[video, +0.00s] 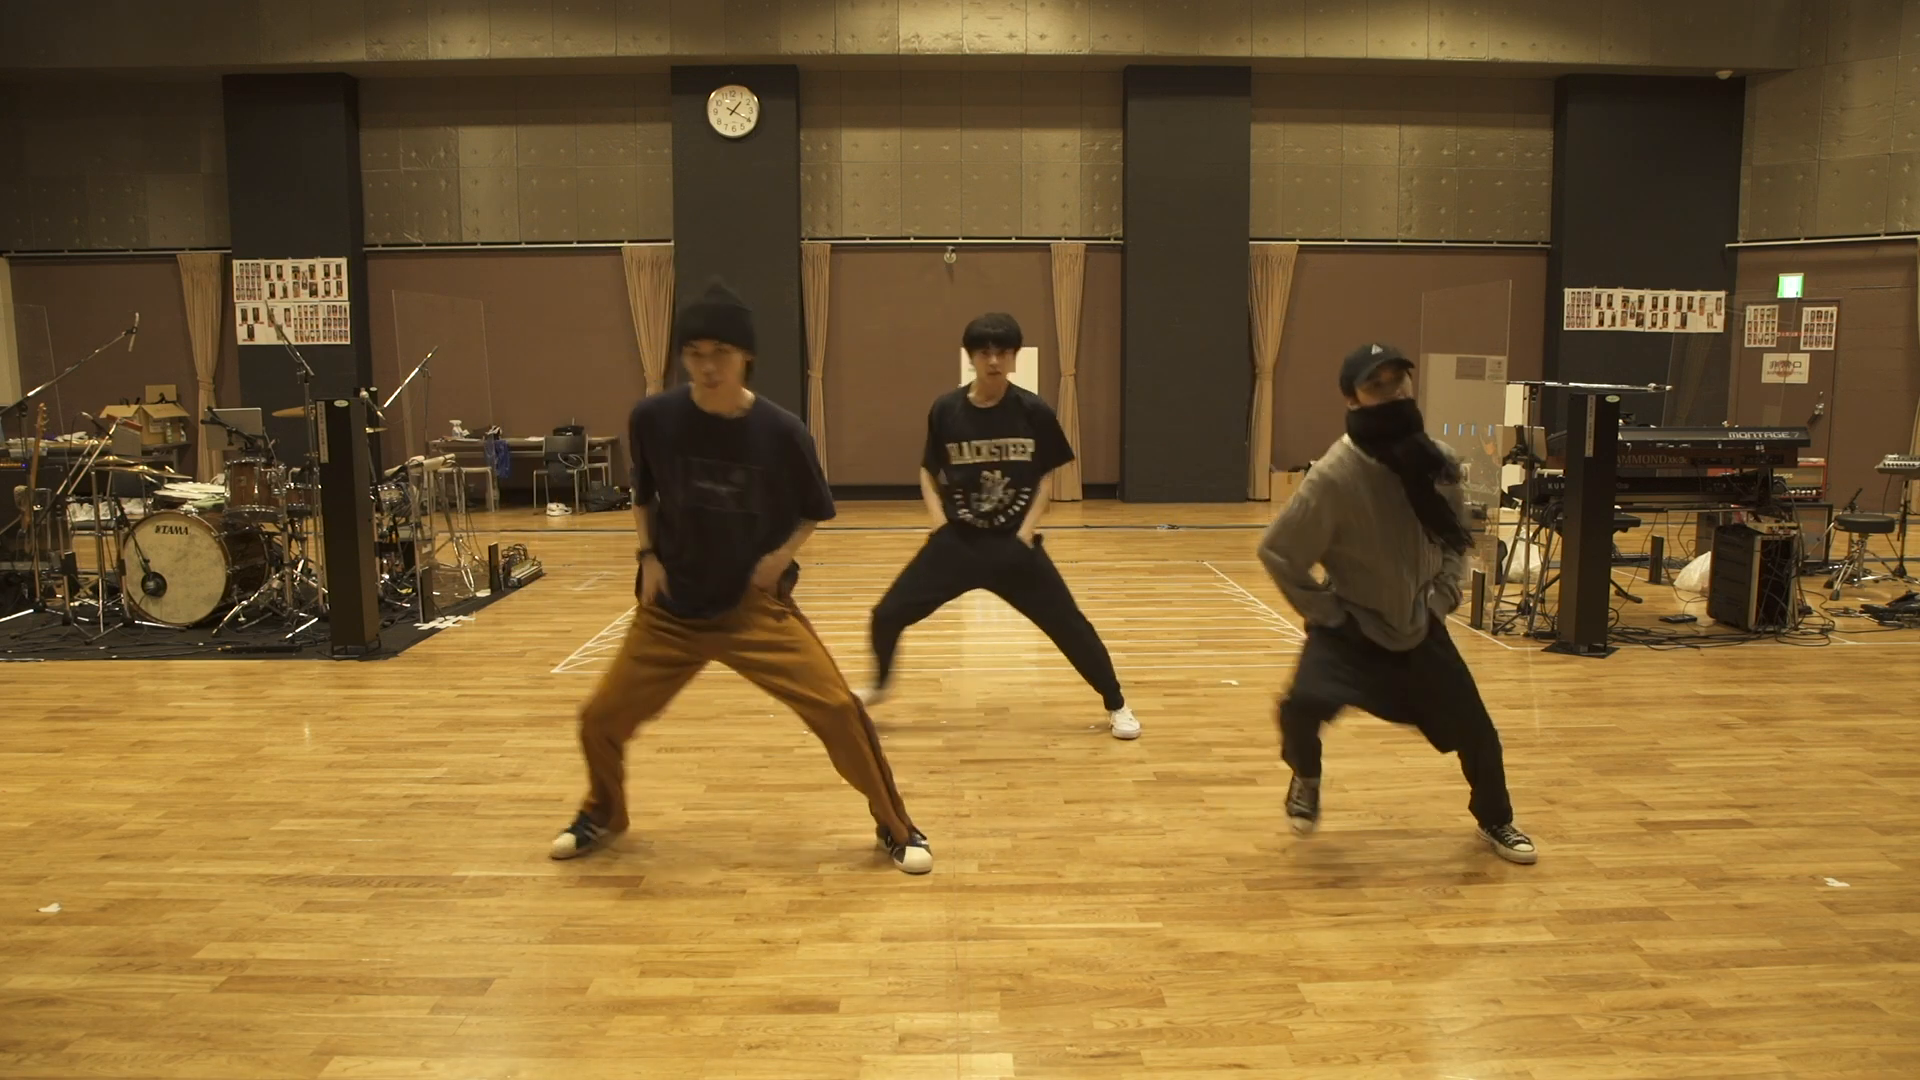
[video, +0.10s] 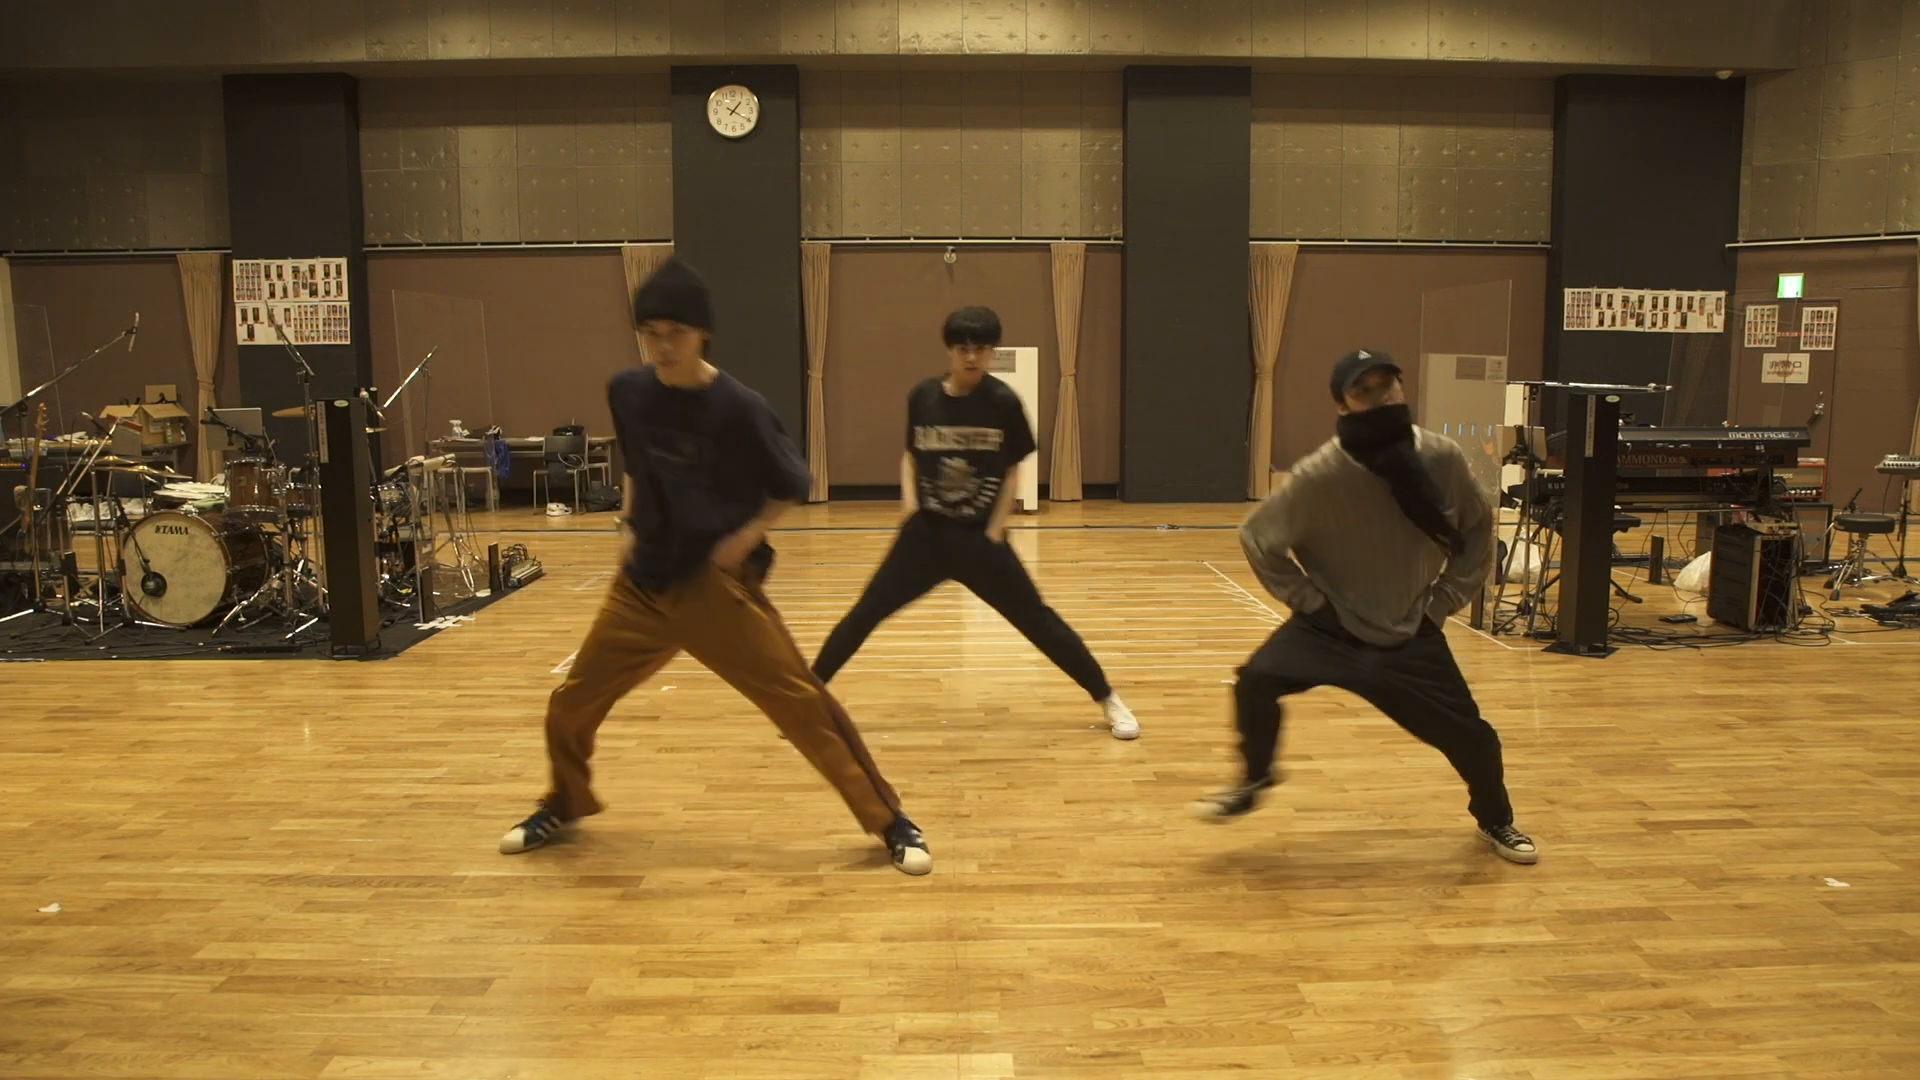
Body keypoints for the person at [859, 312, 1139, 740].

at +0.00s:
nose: (994, 362)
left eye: (1003, 353)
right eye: (985, 353)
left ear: (1015, 358)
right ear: (970, 357)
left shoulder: (1035, 412)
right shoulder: (946, 410)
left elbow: (1045, 475)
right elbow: (928, 469)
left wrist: (1026, 532)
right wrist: (941, 522)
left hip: (1014, 546)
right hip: (956, 543)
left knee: (1069, 625)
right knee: (886, 615)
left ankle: (1118, 707)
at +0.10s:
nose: (972, 358)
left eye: (981, 350)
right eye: (964, 349)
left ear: (992, 353)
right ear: (948, 351)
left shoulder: (1004, 402)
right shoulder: (923, 398)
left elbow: (1012, 470)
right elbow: (910, 456)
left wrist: (993, 532)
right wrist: (911, 508)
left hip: (980, 541)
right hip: (926, 536)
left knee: (1038, 620)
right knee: (866, 611)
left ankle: (1108, 700)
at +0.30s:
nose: (888, 353)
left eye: (898, 345)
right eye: (881, 345)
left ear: (915, 344)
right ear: (870, 343)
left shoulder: (918, 400)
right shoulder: (876, 378)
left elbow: (934, 472)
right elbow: (865, 444)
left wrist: (900, 528)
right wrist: (839, 488)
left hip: (889, 527)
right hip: (843, 517)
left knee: (948, 611)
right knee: (808, 612)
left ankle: (1024, 691)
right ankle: (804, 707)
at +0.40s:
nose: (866, 350)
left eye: (875, 341)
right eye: (859, 341)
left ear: (894, 339)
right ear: (848, 340)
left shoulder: (895, 397)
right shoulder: (855, 373)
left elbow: (912, 469)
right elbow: (838, 434)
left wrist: (879, 526)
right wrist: (815, 479)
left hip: (869, 522)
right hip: (823, 512)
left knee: (923, 606)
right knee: (798, 608)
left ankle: (999, 690)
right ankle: (803, 705)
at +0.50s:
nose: (844, 344)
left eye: (853, 335)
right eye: (837, 335)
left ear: (871, 334)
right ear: (826, 334)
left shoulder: (880, 390)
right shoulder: (829, 373)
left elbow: (895, 461)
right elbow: (816, 435)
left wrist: (860, 516)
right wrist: (787, 472)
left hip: (841, 519)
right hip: (794, 508)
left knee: (887, 606)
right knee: (783, 607)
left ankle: (953, 690)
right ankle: (801, 704)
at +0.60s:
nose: (835, 339)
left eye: (843, 330)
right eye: (827, 330)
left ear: (859, 330)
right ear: (816, 332)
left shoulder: (877, 383)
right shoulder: (811, 373)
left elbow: (886, 455)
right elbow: (795, 433)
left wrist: (854, 511)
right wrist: (769, 470)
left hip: (831, 516)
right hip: (781, 506)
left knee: (851, 614)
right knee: (775, 607)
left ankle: (898, 679)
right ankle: (800, 703)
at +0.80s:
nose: (818, 343)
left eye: (826, 333)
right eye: (809, 333)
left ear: (835, 333)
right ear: (791, 330)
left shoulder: (854, 376)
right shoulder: (767, 388)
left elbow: (873, 434)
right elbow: (738, 442)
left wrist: (866, 502)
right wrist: (741, 488)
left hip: (842, 517)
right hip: (788, 516)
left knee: (797, 605)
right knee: (799, 599)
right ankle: (794, 685)